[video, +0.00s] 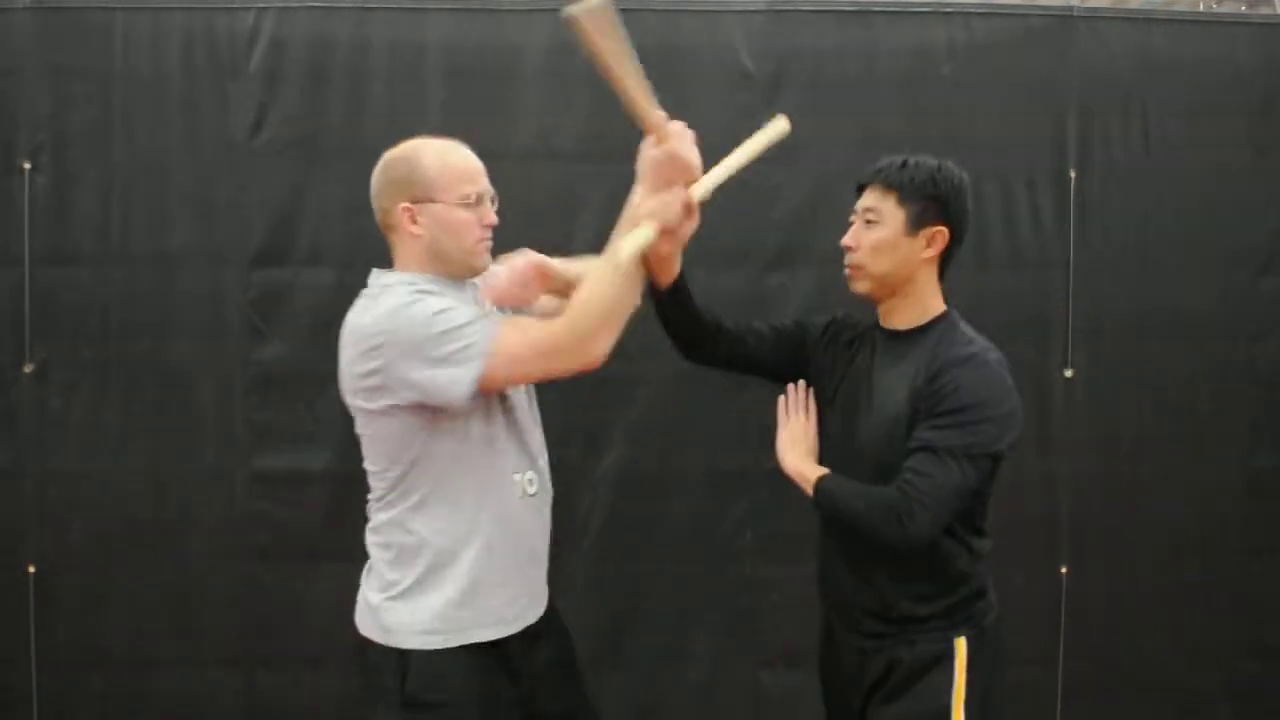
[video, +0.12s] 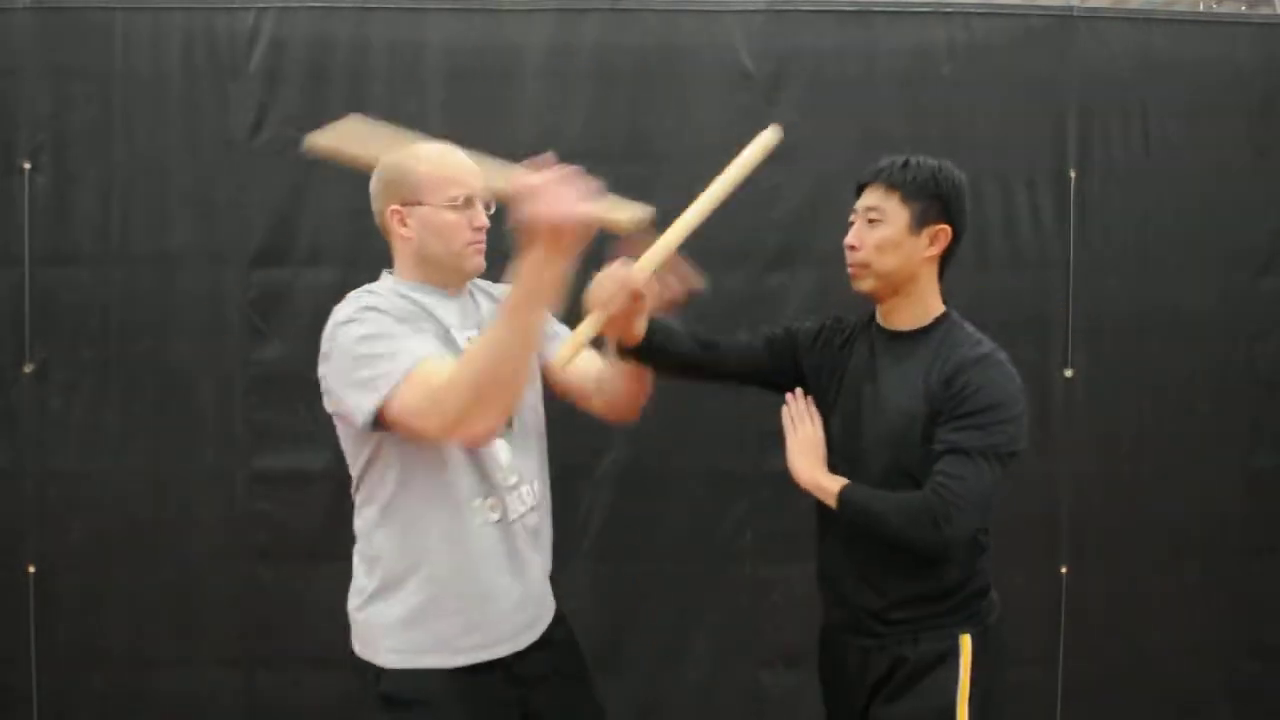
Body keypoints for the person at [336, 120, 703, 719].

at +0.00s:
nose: (493, 217)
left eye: (490, 201)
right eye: (473, 203)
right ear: (412, 219)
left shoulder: (487, 293)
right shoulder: (390, 321)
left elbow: (604, 292)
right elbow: (578, 346)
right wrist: (645, 211)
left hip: (526, 627)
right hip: (432, 649)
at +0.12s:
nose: (483, 220)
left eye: (483, 205)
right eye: (461, 205)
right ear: (401, 221)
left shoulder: (504, 306)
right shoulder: (360, 328)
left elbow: (615, 399)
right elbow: (465, 415)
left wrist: (629, 329)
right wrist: (548, 257)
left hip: (533, 631)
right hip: (425, 659)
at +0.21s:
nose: (491, 223)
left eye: (493, 206)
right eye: (468, 206)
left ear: (500, 213)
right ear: (408, 219)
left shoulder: (525, 321)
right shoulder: (357, 335)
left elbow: (615, 440)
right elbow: (406, 464)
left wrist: (651, 398)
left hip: (538, 635)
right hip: (425, 666)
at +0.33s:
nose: (512, 231)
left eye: (513, 216)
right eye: (491, 215)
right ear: (431, 227)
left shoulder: (540, 335)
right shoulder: (381, 334)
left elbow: (601, 446)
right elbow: (379, 452)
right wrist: (335, 295)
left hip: (548, 641)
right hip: (435, 670)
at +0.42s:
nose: (529, 233)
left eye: (530, 218)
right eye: (509, 216)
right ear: (449, 227)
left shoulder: (544, 337)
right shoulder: (393, 334)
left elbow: (597, 452)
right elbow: (418, 408)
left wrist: (648, 495)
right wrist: (375, 262)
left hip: (553, 637)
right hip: (446, 661)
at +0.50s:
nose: (547, 231)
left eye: (547, 216)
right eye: (529, 213)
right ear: (472, 220)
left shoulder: (543, 337)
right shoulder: (414, 323)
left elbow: (589, 457)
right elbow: (498, 366)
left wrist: (640, 477)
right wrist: (455, 218)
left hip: (560, 634)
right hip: (459, 652)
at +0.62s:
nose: (569, 229)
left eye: (567, 215)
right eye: (553, 211)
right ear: (498, 217)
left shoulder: (524, 322)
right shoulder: (467, 307)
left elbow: (535, 471)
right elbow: (626, 338)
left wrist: (618, 448)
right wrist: (653, 186)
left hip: (558, 627)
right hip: (474, 636)